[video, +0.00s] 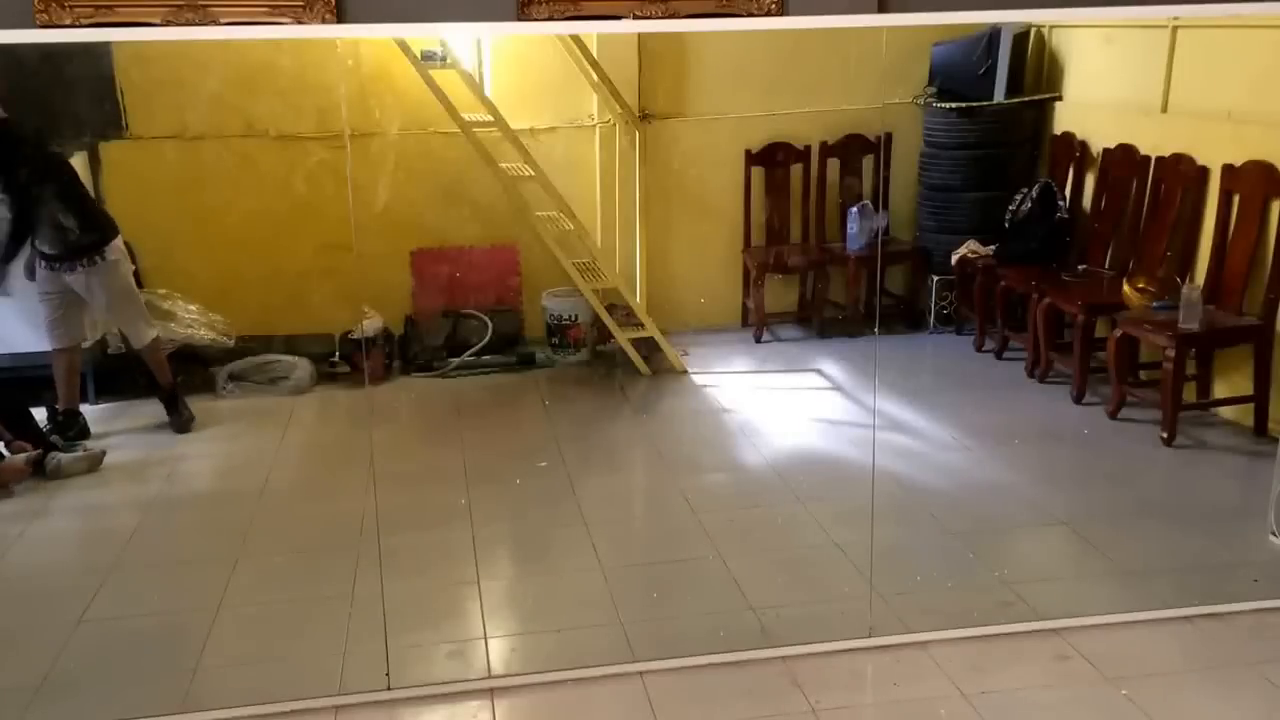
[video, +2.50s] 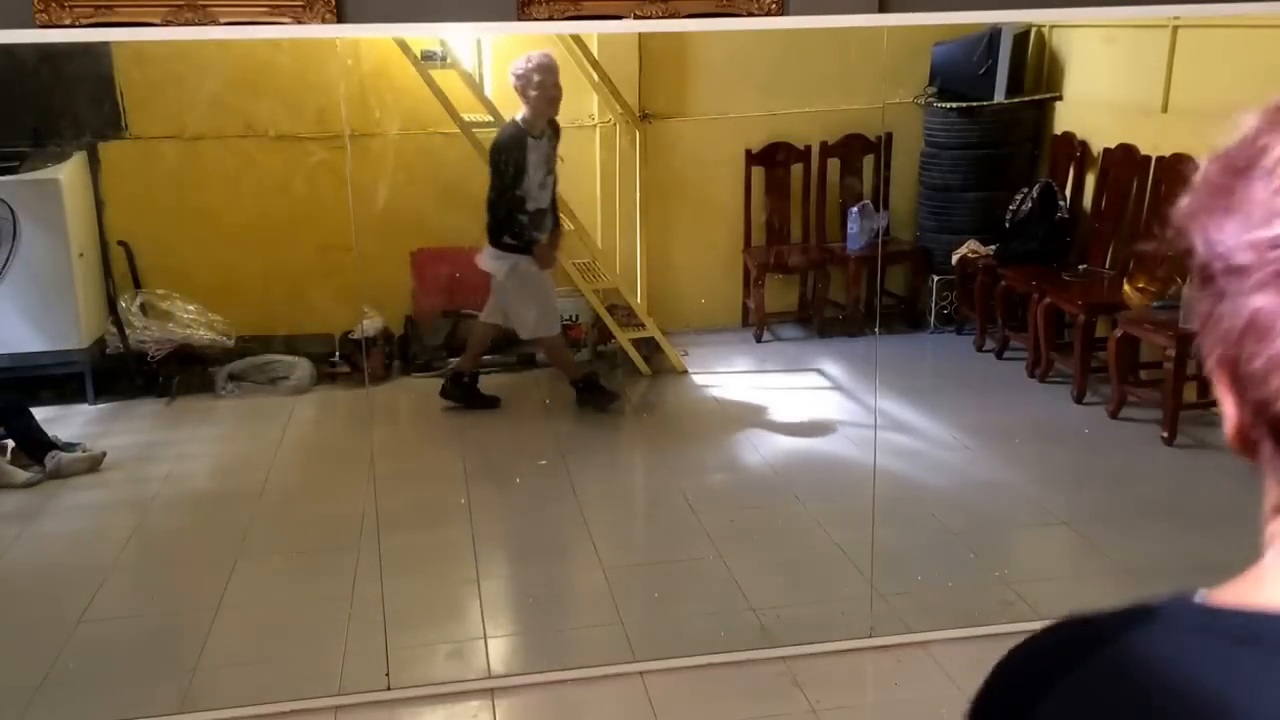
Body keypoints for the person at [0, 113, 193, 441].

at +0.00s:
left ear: (13, 143)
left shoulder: (41, 165)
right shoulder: (16, 170)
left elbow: (23, 220)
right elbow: (30, 216)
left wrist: (5, 261)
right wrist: (32, 253)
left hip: (96, 252)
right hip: (51, 258)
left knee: (138, 330)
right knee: (62, 341)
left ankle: (173, 401)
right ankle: (70, 420)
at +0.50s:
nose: (161, 90)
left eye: (160, 83)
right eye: (154, 84)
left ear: (140, 91)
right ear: (128, 91)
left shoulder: (168, 130)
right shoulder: (92, 138)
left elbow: (187, 179)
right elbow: (76, 198)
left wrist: (184, 225)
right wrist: (108, 239)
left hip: (168, 249)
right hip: (115, 253)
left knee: (179, 328)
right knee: (95, 334)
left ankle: (166, 404)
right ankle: (86, 399)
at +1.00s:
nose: (258, 125)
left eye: (259, 117)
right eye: (254, 117)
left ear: (234, 115)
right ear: (229, 115)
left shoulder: (237, 152)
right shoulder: (190, 148)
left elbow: (233, 210)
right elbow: (175, 213)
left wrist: (235, 256)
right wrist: (203, 263)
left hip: (216, 252)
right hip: (192, 254)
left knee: (203, 328)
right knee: (253, 318)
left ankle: (163, 403)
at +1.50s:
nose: (400, 179)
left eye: (406, 173)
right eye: (401, 170)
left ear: (384, 147)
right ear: (387, 152)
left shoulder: (348, 159)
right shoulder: (345, 168)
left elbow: (335, 228)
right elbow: (341, 235)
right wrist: (353, 294)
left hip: (305, 244)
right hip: (295, 246)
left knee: (324, 316)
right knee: (323, 320)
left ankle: (279, 371)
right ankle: (330, 393)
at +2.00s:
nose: (503, 151)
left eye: (506, 144)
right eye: (502, 142)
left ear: (480, 134)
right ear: (482, 135)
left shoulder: (458, 157)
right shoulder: (442, 160)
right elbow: (445, 226)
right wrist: (483, 255)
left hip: (434, 249)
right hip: (404, 253)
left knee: (457, 318)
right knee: (422, 329)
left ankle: (455, 387)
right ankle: (365, 362)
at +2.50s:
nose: (556, 92)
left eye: (557, 83)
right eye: (545, 86)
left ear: (559, 86)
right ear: (523, 92)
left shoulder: (551, 132)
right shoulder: (509, 142)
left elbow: (547, 187)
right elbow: (499, 214)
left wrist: (554, 229)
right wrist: (533, 245)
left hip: (531, 247)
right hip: (510, 251)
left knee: (494, 316)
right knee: (545, 320)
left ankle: (461, 379)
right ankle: (582, 384)